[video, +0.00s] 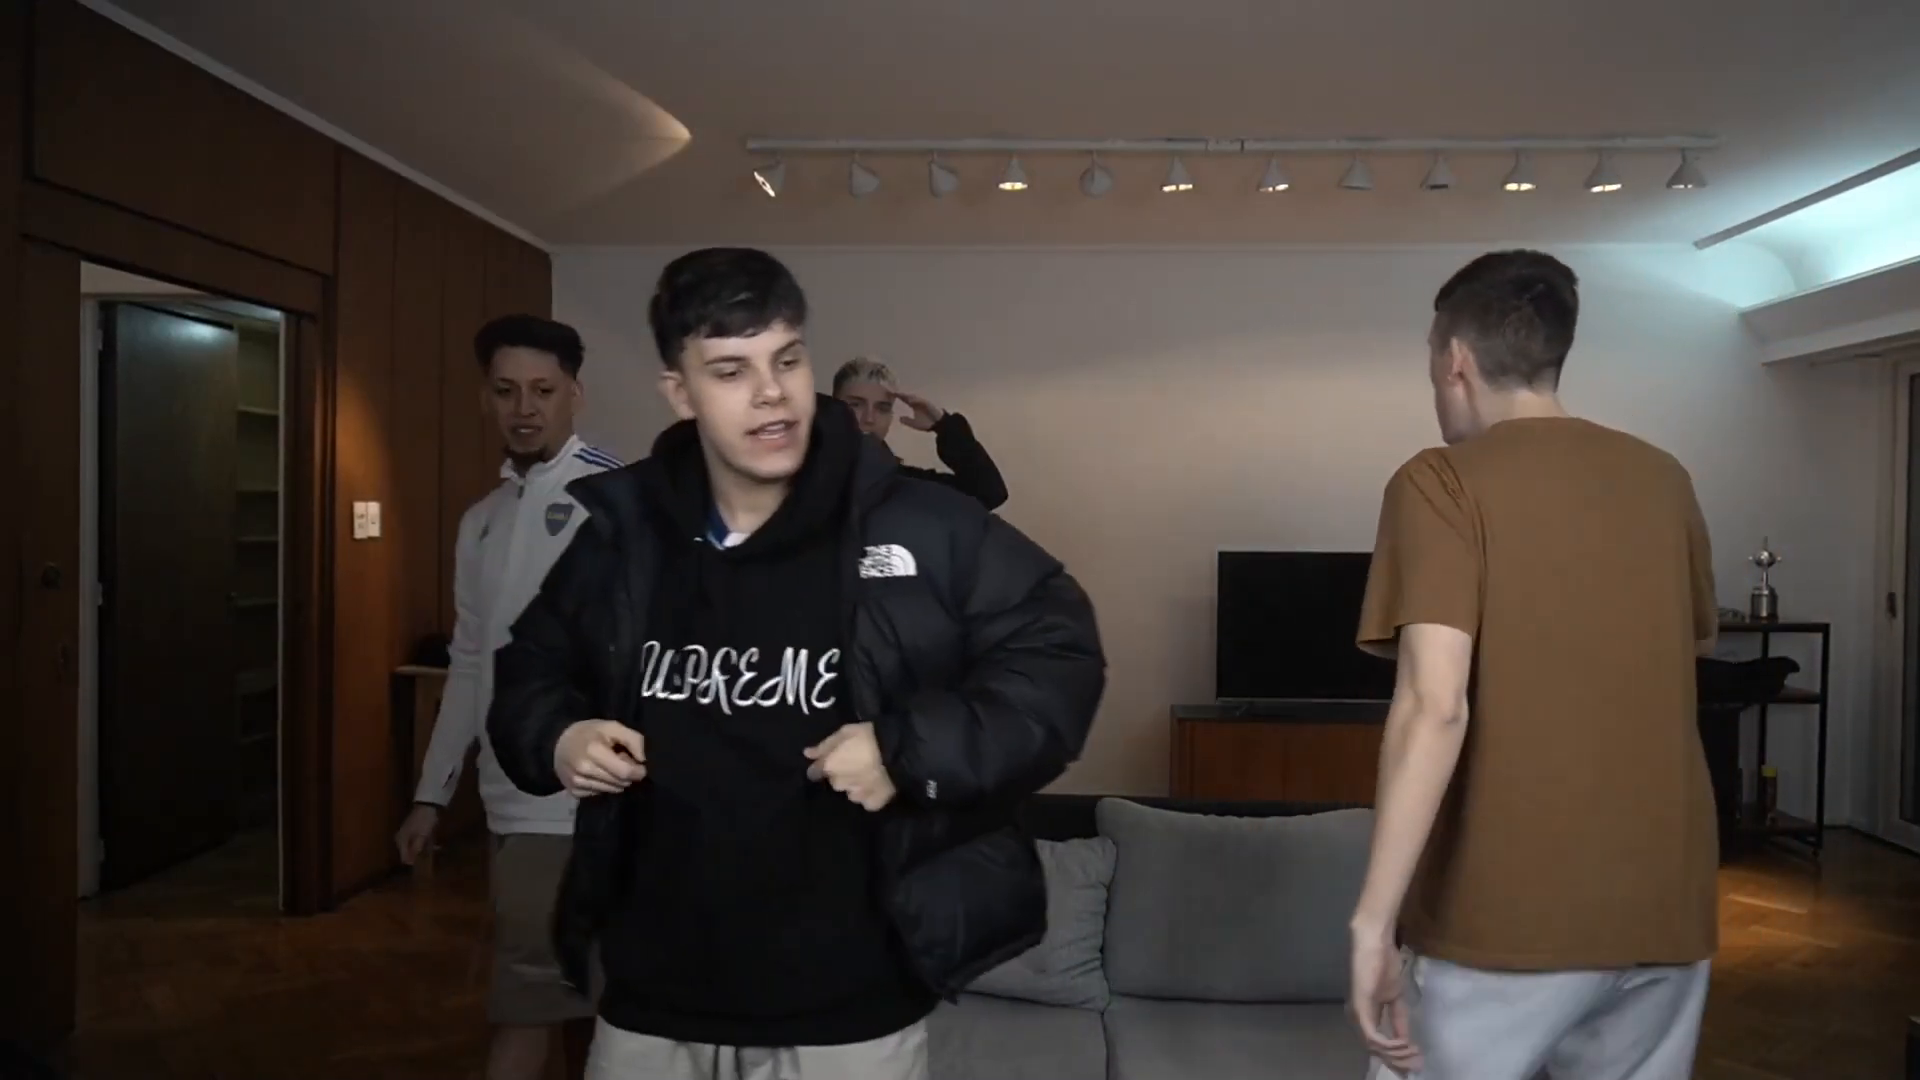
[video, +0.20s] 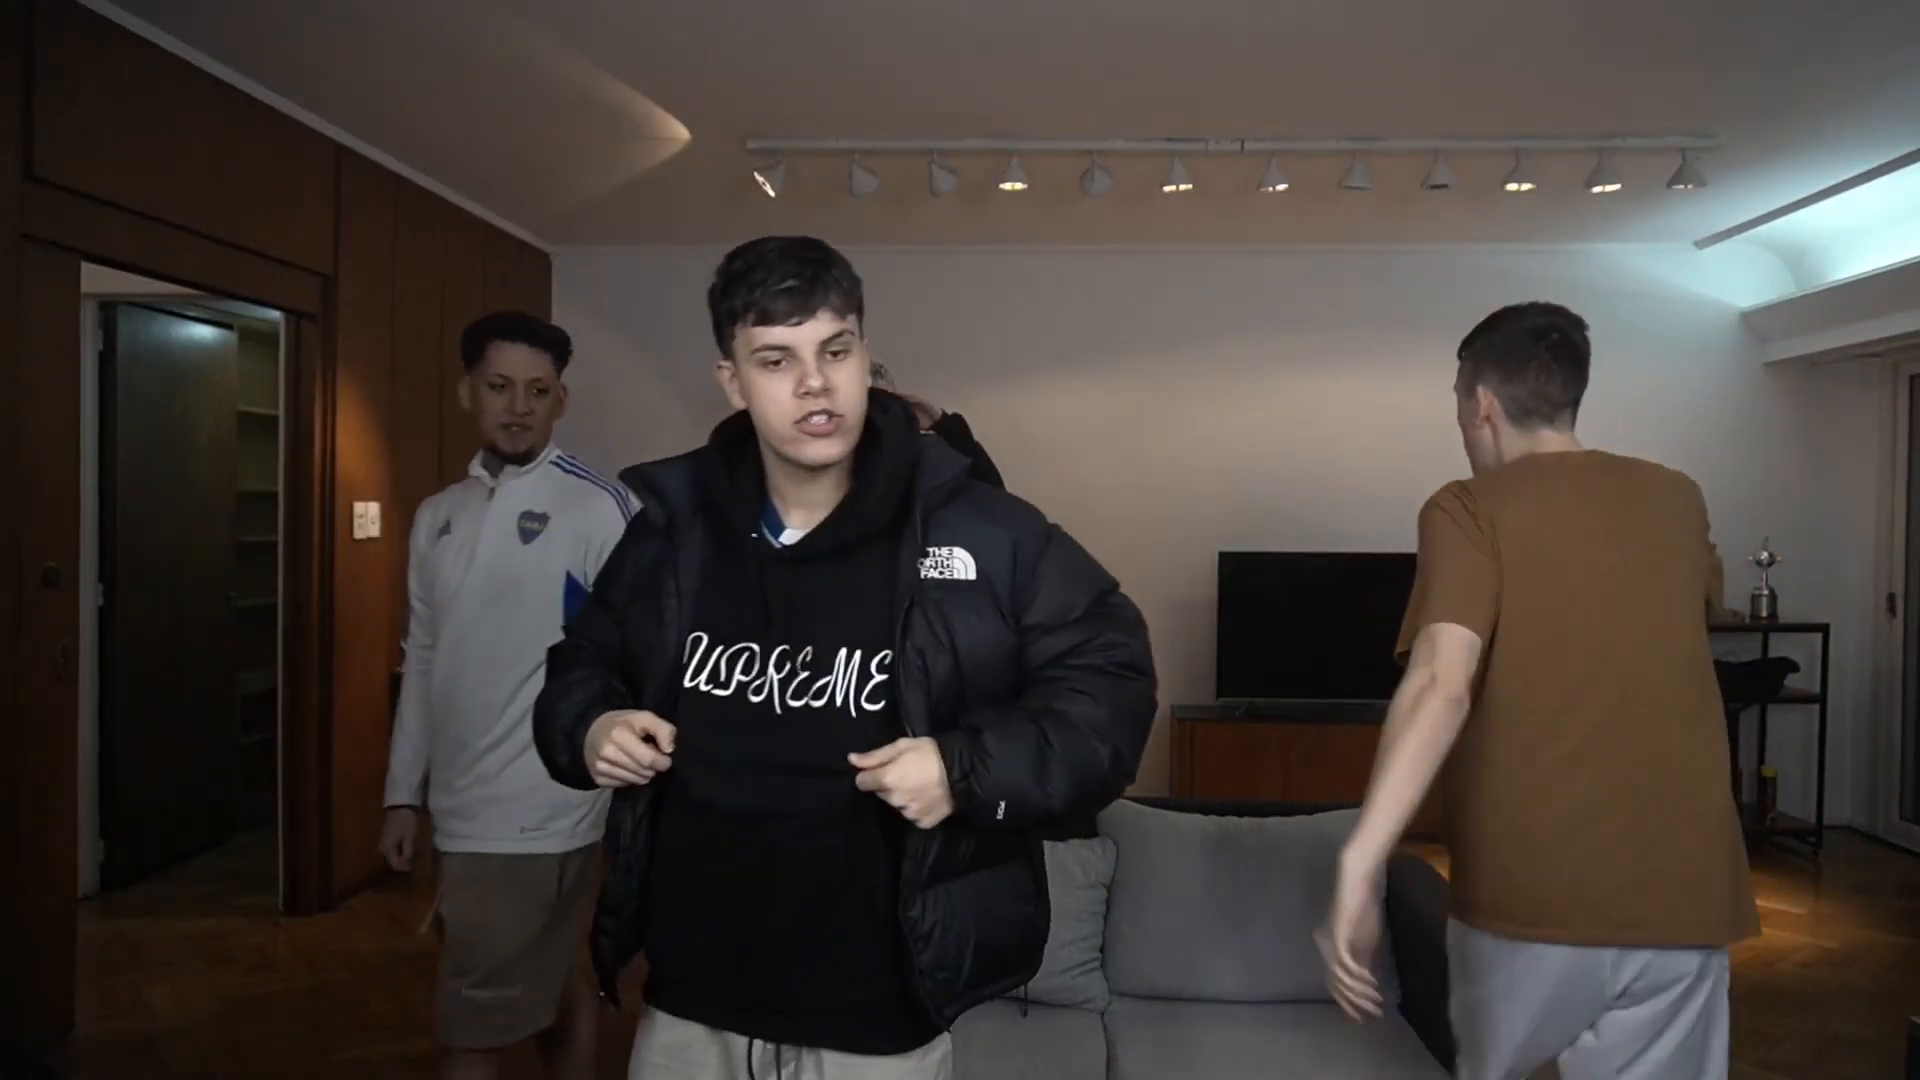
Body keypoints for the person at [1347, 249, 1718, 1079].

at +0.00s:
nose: (1435, 390)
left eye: (1434, 366)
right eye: (1436, 365)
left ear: (1456, 364)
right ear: (1555, 358)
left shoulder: (1445, 479)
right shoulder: (1664, 477)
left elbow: (1433, 708)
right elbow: (1691, 650)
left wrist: (1373, 921)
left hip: (1501, 932)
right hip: (1669, 927)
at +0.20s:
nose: (1460, 430)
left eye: (1460, 407)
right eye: (1459, 407)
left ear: (1485, 408)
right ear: (1573, 401)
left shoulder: (1471, 509)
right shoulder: (1678, 498)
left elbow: (1443, 682)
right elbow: (1707, 602)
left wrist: (1361, 864)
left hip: (1528, 915)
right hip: (1687, 909)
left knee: (1490, 1067)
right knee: (1661, 1068)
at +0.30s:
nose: (1458, 424)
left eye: (1456, 402)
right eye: (1454, 403)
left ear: (1486, 400)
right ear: (1563, 388)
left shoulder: (1481, 497)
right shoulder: (1670, 478)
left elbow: (1425, 651)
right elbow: (1709, 555)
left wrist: (1303, 790)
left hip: (1537, 865)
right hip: (1682, 865)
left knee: (1526, 1065)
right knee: (1658, 1070)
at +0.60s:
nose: (1455, 456)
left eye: (1455, 435)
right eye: (1451, 437)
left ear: (1494, 428)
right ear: (1550, 415)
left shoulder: (1497, 519)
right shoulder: (1667, 481)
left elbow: (1386, 647)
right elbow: (1758, 565)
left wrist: (1252, 724)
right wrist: (1677, 622)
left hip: (1588, 811)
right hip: (1723, 796)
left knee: (1571, 1031)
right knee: (1679, 992)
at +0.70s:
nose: (1470, 449)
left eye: (1471, 430)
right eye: (1466, 431)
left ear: (1511, 422)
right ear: (1556, 414)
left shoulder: (1506, 505)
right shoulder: (1673, 476)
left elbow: (1390, 599)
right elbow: (1777, 549)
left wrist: (1238, 651)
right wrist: (1691, 600)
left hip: (1606, 790)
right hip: (1728, 773)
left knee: (1598, 1010)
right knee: (1696, 978)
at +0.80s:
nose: (1491, 449)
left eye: (1494, 430)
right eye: (1489, 431)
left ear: (1537, 424)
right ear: (1578, 421)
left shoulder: (1519, 504)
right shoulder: (1681, 485)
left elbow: (1401, 574)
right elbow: (1770, 554)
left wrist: (1246, 560)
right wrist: (1689, 572)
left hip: (1613, 793)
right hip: (1725, 778)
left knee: (1621, 995)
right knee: (1699, 979)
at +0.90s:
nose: (1498, 437)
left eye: (1506, 421)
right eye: (1500, 421)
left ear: (1552, 421)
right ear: (1588, 421)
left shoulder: (1530, 497)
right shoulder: (1674, 487)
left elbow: (1427, 549)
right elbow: (1748, 552)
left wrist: (1300, 497)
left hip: (1604, 779)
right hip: (1716, 770)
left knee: (1611, 968)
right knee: (1699, 967)